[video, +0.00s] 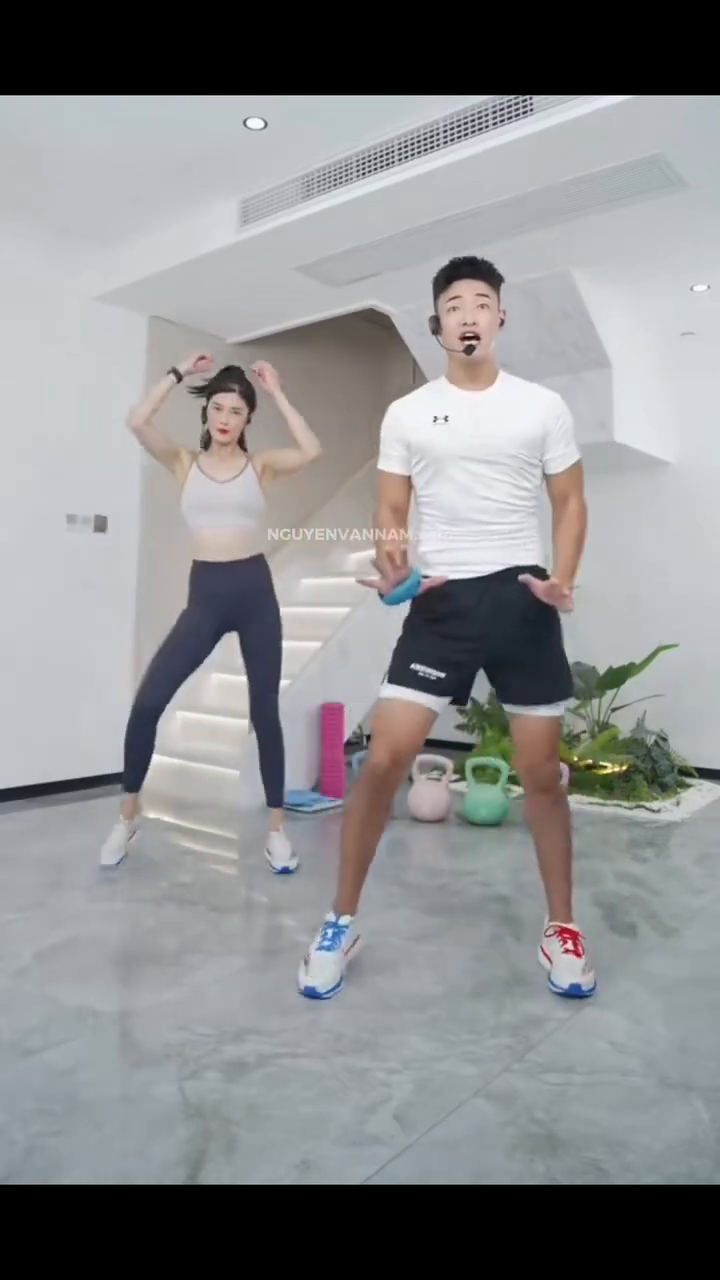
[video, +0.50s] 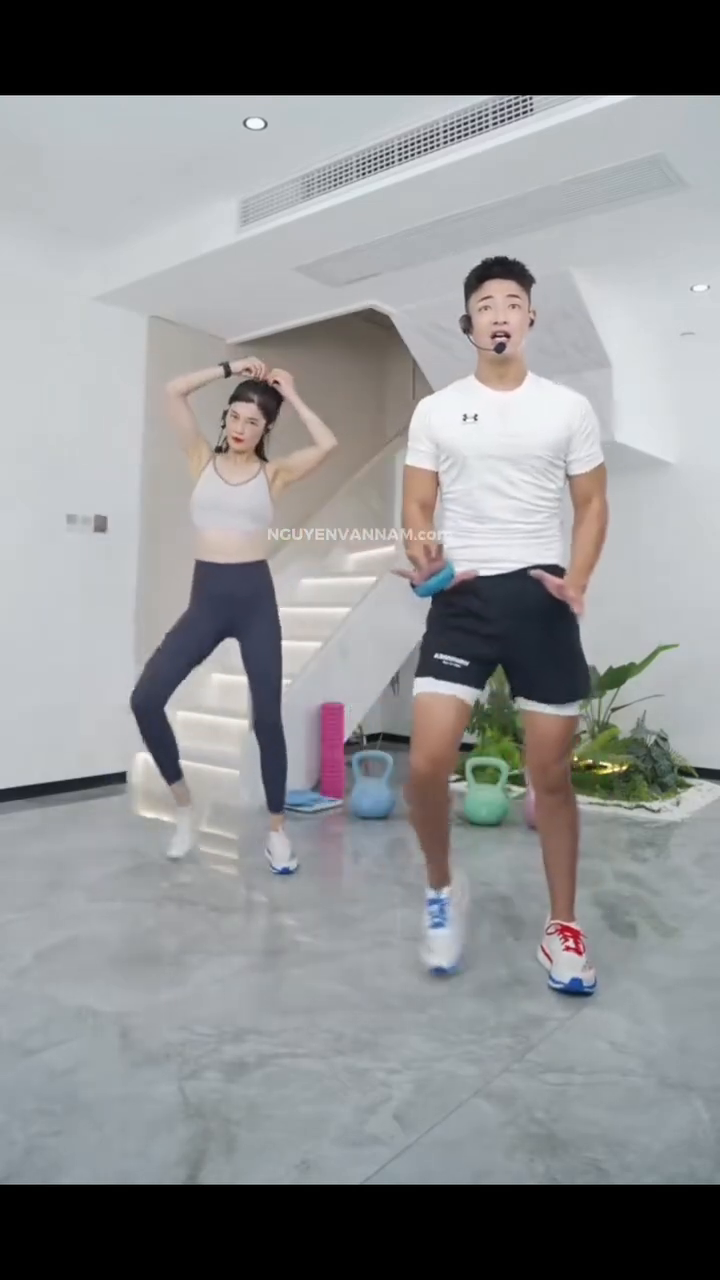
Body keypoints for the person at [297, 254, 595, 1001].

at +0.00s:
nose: (469, 317)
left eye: (481, 305)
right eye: (456, 306)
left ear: (502, 318)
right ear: (437, 324)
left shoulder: (543, 408)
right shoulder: (406, 415)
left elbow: (570, 504)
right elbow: (391, 519)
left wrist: (562, 580)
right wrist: (393, 558)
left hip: (525, 604)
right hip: (438, 605)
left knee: (542, 775)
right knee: (385, 758)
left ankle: (561, 929)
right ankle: (340, 921)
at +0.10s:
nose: (487, 316)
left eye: (501, 304)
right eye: (473, 305)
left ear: (520, 317)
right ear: (456, 323)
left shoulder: (560, 407)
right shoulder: (425, 412)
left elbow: (588, 503)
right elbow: (409, 515)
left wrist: (581, 579)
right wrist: (416, 564)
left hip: (539, 602)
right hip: (454, 601)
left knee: (549, 776)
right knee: (406, 753)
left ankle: (561, 929)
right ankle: (393, 896)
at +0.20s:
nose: (498, 314)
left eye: (511, 302)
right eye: (485, 303)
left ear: (530, 315)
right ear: (467, 320)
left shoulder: (570, 406)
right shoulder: (436, 412)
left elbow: (597, 501)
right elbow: (418, 516)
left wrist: (589, 575)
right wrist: (430, 564)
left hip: (547, 600)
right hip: (465, 599)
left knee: (553, 776)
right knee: (439, 759)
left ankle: (563, 928)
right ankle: (461, 885)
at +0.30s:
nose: (503, 315)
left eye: (516, 303)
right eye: (490, 305)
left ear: (535, 317)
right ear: (473, 321)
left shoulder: (573, 408)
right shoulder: (441, 412)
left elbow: (599, 504)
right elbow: (422, 515)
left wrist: (590, 577)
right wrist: (432, 558)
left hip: (551, 601)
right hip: (470, 602)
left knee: (553, 776)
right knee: (472, 777)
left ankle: (565, 925)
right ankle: (511, 889)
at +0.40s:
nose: (504, 316)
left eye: (517, 304)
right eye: (491, 305)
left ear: (536, 318)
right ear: (473, 321)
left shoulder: (574, 409)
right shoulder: (441, 411)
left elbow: (597, 505)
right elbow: (421, 513)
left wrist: (586, 581)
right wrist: (427, 547)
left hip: (550, 602)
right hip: (470, 603)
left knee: (553, 775)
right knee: (458, 772)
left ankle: (564, 927)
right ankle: (489, 888)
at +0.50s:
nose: (499, 316)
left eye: (512, 305)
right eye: (486, 306)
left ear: (531, 318)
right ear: (468, 322)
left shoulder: (568, 409)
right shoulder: (436, 411)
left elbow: (592, 507)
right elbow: (416, 513)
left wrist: (577, 582)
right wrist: (423, 552)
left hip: (541, 602)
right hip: (459, 601)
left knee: (551, 777)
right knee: (425, 768)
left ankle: (563, 927)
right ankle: (440, 888)